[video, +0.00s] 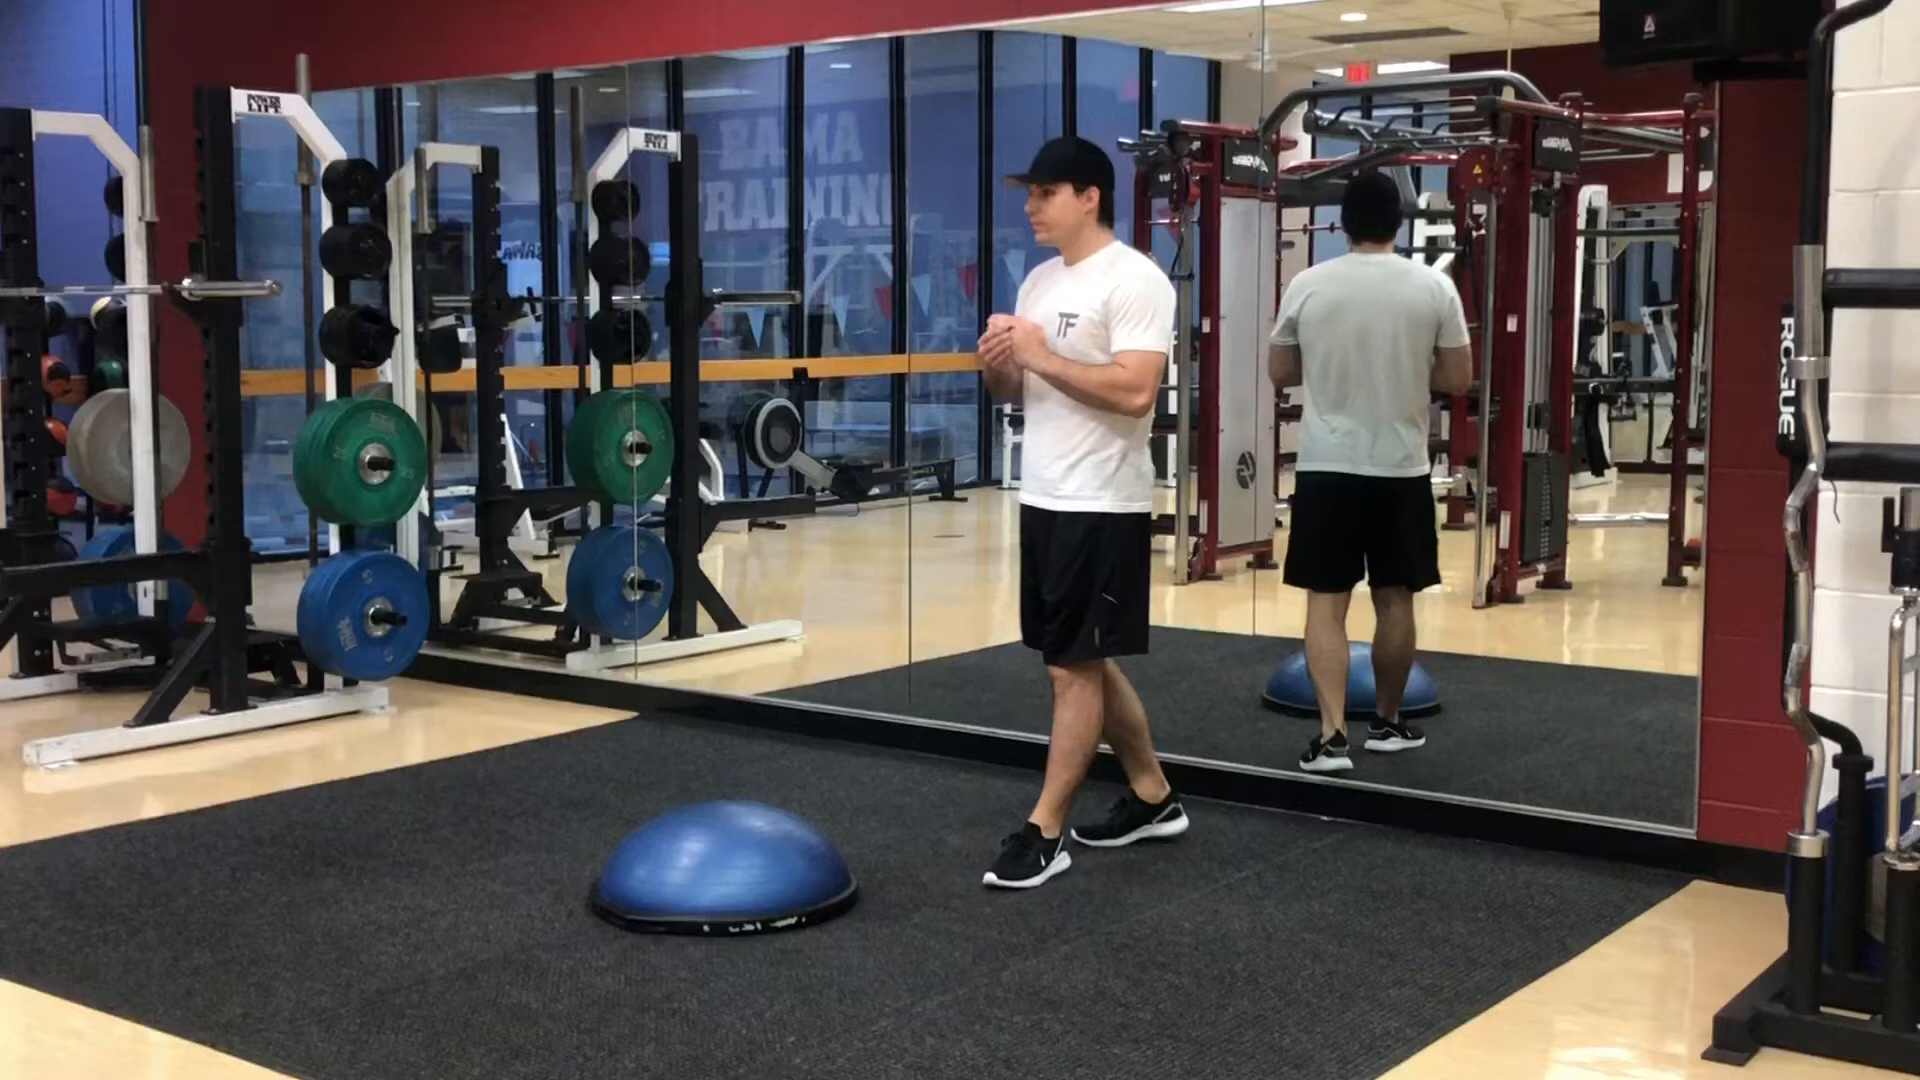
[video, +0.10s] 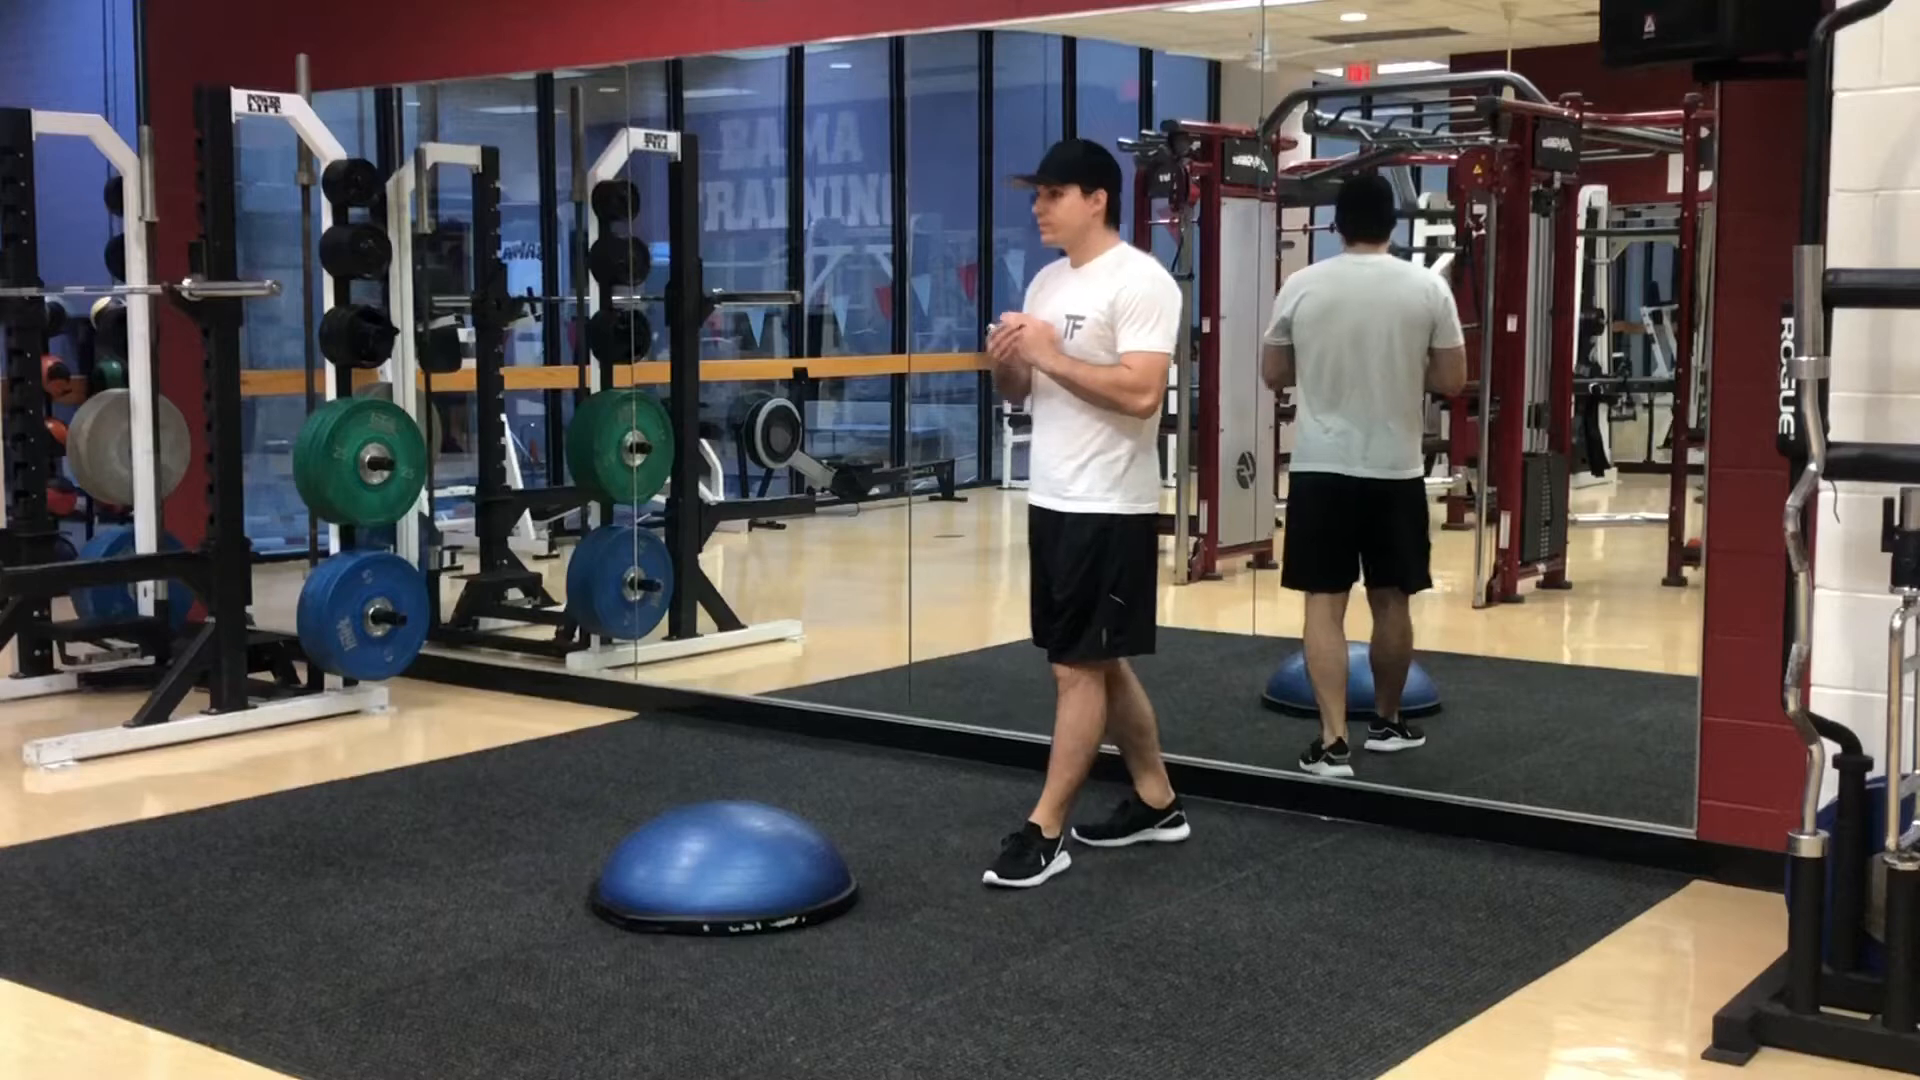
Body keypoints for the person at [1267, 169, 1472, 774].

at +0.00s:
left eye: (1353, 219)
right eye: (1388, 218)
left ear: (1343, 224)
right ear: (1399, 224)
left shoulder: (1309, 284)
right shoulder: (1432, 286)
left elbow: (1282, 371)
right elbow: (1456, 379)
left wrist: (1338, 357)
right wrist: (1403, 364)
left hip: (1326, 471)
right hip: (1401, 472)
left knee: (1327, 602)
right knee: (1395, 597)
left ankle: (1331, 738)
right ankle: (1388, 724)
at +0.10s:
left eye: (1347, 222)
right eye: (1379, 221)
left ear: (1337, 226)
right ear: (1392, 225)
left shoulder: (1304, 286)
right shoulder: (1427, 287)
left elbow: (1275, 374)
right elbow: (1451, 381)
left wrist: (1330, 357)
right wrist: (1403, 363)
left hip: (1320, 473)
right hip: (1395, 475)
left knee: (1324, 604)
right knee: (1391, 600)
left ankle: (1331, 743)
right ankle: (1387, 724)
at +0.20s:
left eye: (1340, 224)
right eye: (1370, 223)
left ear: (1329, 228)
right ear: (1384, 227)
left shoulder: (1295, 287)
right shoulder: (1419, 290)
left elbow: (1264, 374)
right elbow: (1443, 383)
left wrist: (1320, 362)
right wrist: (1395, 359)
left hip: (1310, 473)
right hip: (1387, 476)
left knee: (1318, 607)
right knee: (1385, 601)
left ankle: (1332, 746)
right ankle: (1386, 723)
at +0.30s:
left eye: (1331, 222)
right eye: (1364, 221)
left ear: (1321, 226)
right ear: (1376, 226)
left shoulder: (1287, 285)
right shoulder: (1413, 286)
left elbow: (1256, 374)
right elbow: (1435, 379)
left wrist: (1314, 370)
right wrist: (1383, 363)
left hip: (1305, 472)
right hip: (1381, 473)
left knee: (1315, 603)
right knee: (1380, 596)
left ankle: (1332, 745)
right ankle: (1383, 720)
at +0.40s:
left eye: (1320, 220)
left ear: (1314, 223)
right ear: (1372, 224)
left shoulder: (1280, 284)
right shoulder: (1407, 284)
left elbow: (1252, 374)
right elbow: (1431, 374)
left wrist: (1311, 364)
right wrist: (1378, 358)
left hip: (1302, 471)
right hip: (1378, 471)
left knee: (1313, 604)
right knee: (1378, 592)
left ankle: (1332, 746)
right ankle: (1378, 720)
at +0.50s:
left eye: (1322, 218)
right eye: (1357, 217)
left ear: (1311, 222)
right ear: (1367, 221)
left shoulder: (1277, 282)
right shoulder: (1402, 282)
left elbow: (1250, 374)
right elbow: (1428, 373)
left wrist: (1309, 361)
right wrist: (1375, 358)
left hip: (1300, 472)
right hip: (1375, 471)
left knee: (1312, 604)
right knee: (1376, 592)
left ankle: (1331, 745)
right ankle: (1375, 721)